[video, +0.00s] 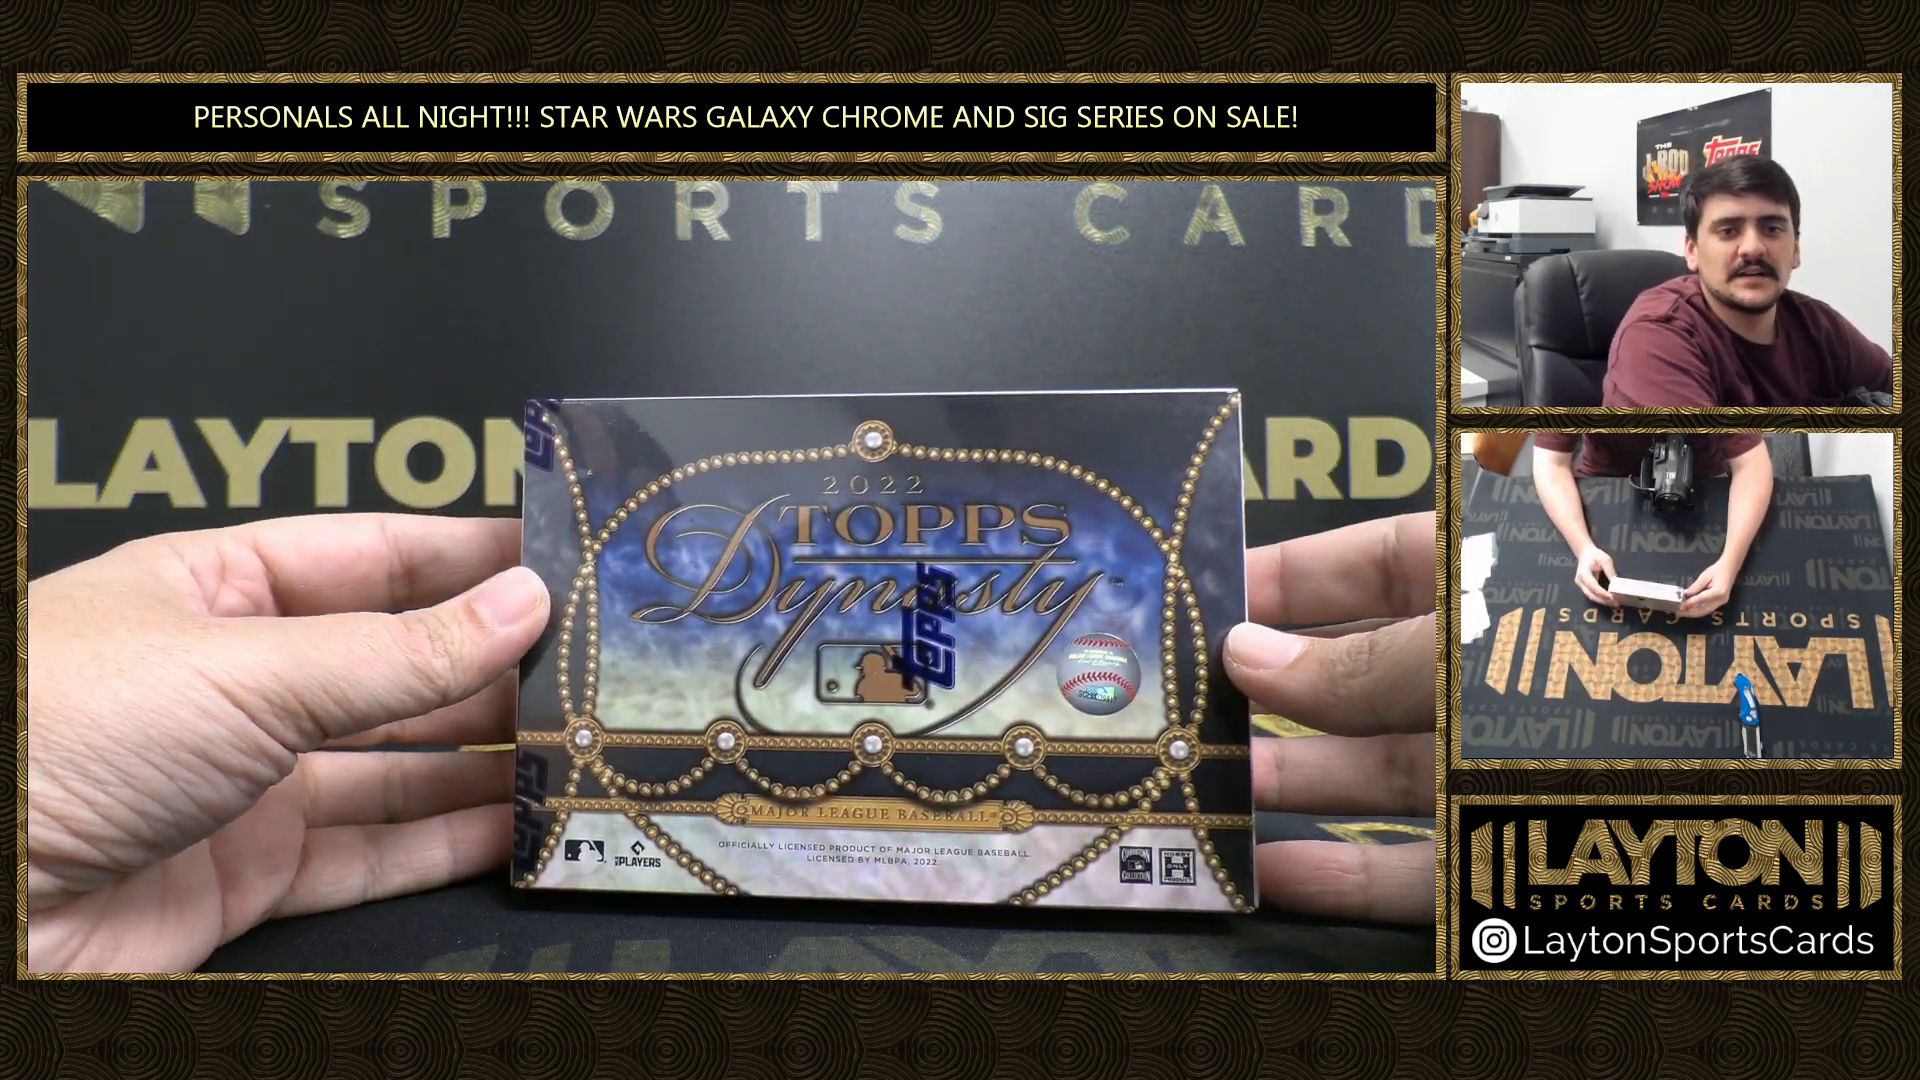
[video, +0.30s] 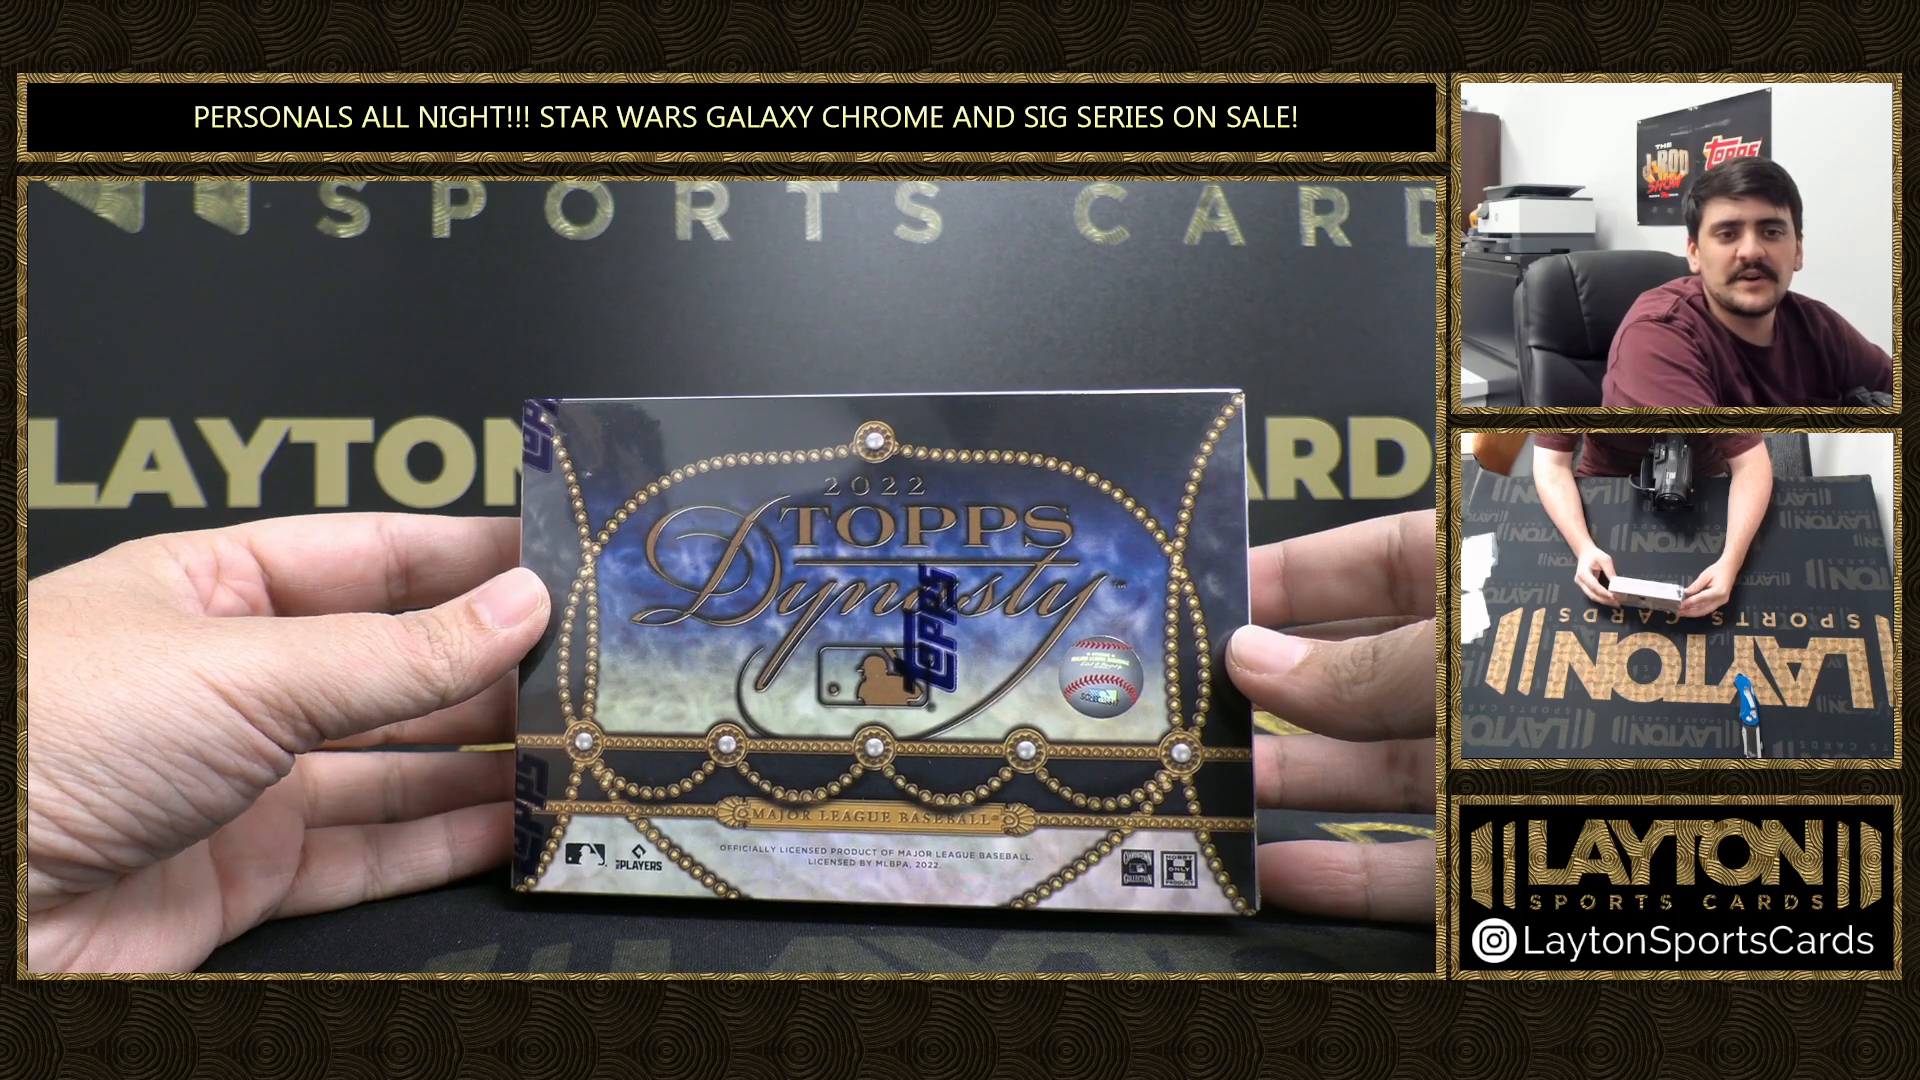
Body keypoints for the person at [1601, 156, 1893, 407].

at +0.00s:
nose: (1752, 247)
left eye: (1771, 229)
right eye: (1728, 230)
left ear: (1796, 250)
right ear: (1691, 251)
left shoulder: (1818, 328)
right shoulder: (1657, 333)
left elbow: (1897, 386)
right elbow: (1747, 462)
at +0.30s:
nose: (1751, 251)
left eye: (1771, 232)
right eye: (1728, 234)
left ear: (1798, 251)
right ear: (1693, 253)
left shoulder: (1819, 329)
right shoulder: (1657, 333)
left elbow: (1898, 387)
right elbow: (1748, 460)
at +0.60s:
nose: (1746, 251)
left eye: (1766, 233)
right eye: (1723, 235)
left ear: (1794, 250)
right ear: (1691, 254)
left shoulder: (1817, 329)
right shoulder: (1655, 334)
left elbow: (1897, 389)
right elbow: (1747, 461)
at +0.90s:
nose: (1745, 252)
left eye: (1765, 233)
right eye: (1722, 235)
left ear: (1795, 251)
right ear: (1691, 254)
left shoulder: (1817, 329)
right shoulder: (1656, 333)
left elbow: (1897, 389)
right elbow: (1746, 461)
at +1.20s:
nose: (1741, 246)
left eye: (1764, 231)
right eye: (1722, 230)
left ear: (1796, 256)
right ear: (1692, 253)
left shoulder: (1817, 328)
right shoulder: (1656, 333)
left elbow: (1896, 388)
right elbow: (1747, 462)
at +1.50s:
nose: (1741, 248)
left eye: (1764, 233)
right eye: (1721, 231)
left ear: (1796, 255)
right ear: (1693, 252)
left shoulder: (1818, 328)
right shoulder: (1657, 332)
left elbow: (1896, 388)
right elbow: (1747, 462)